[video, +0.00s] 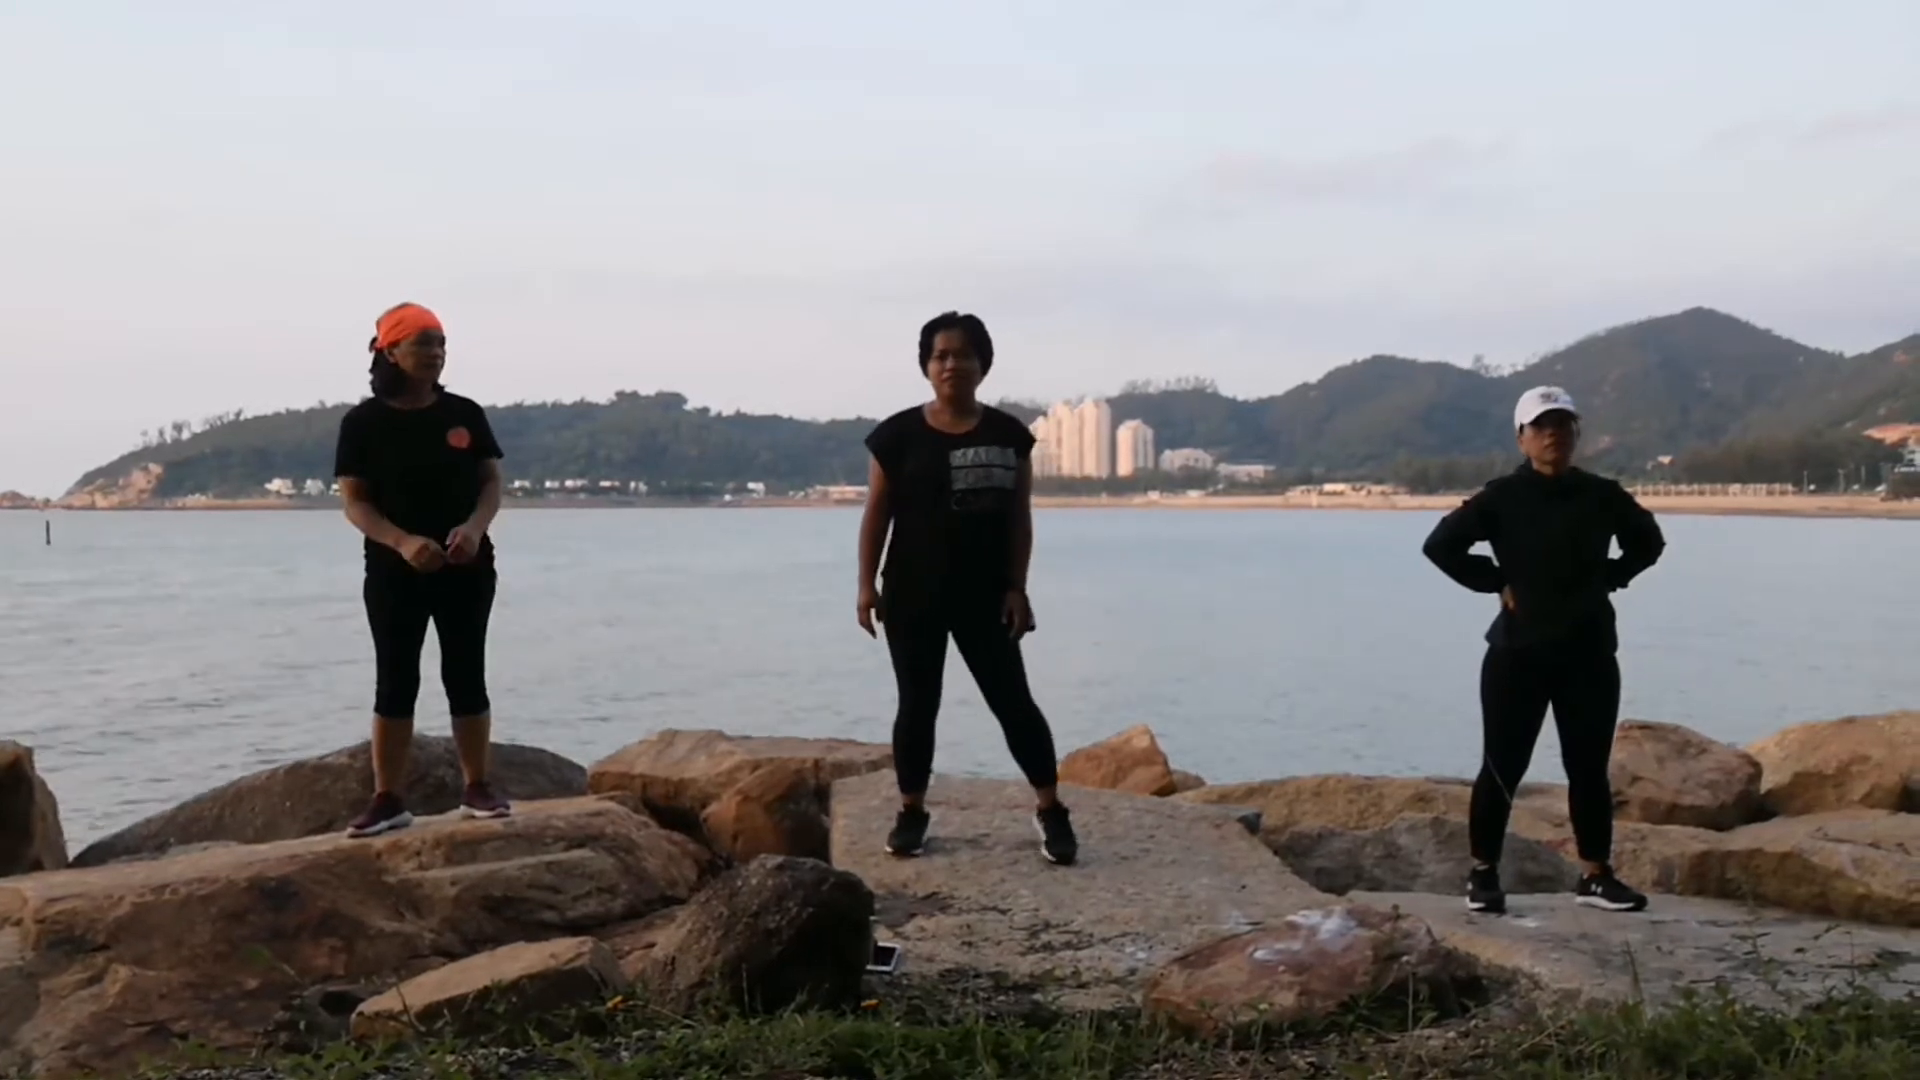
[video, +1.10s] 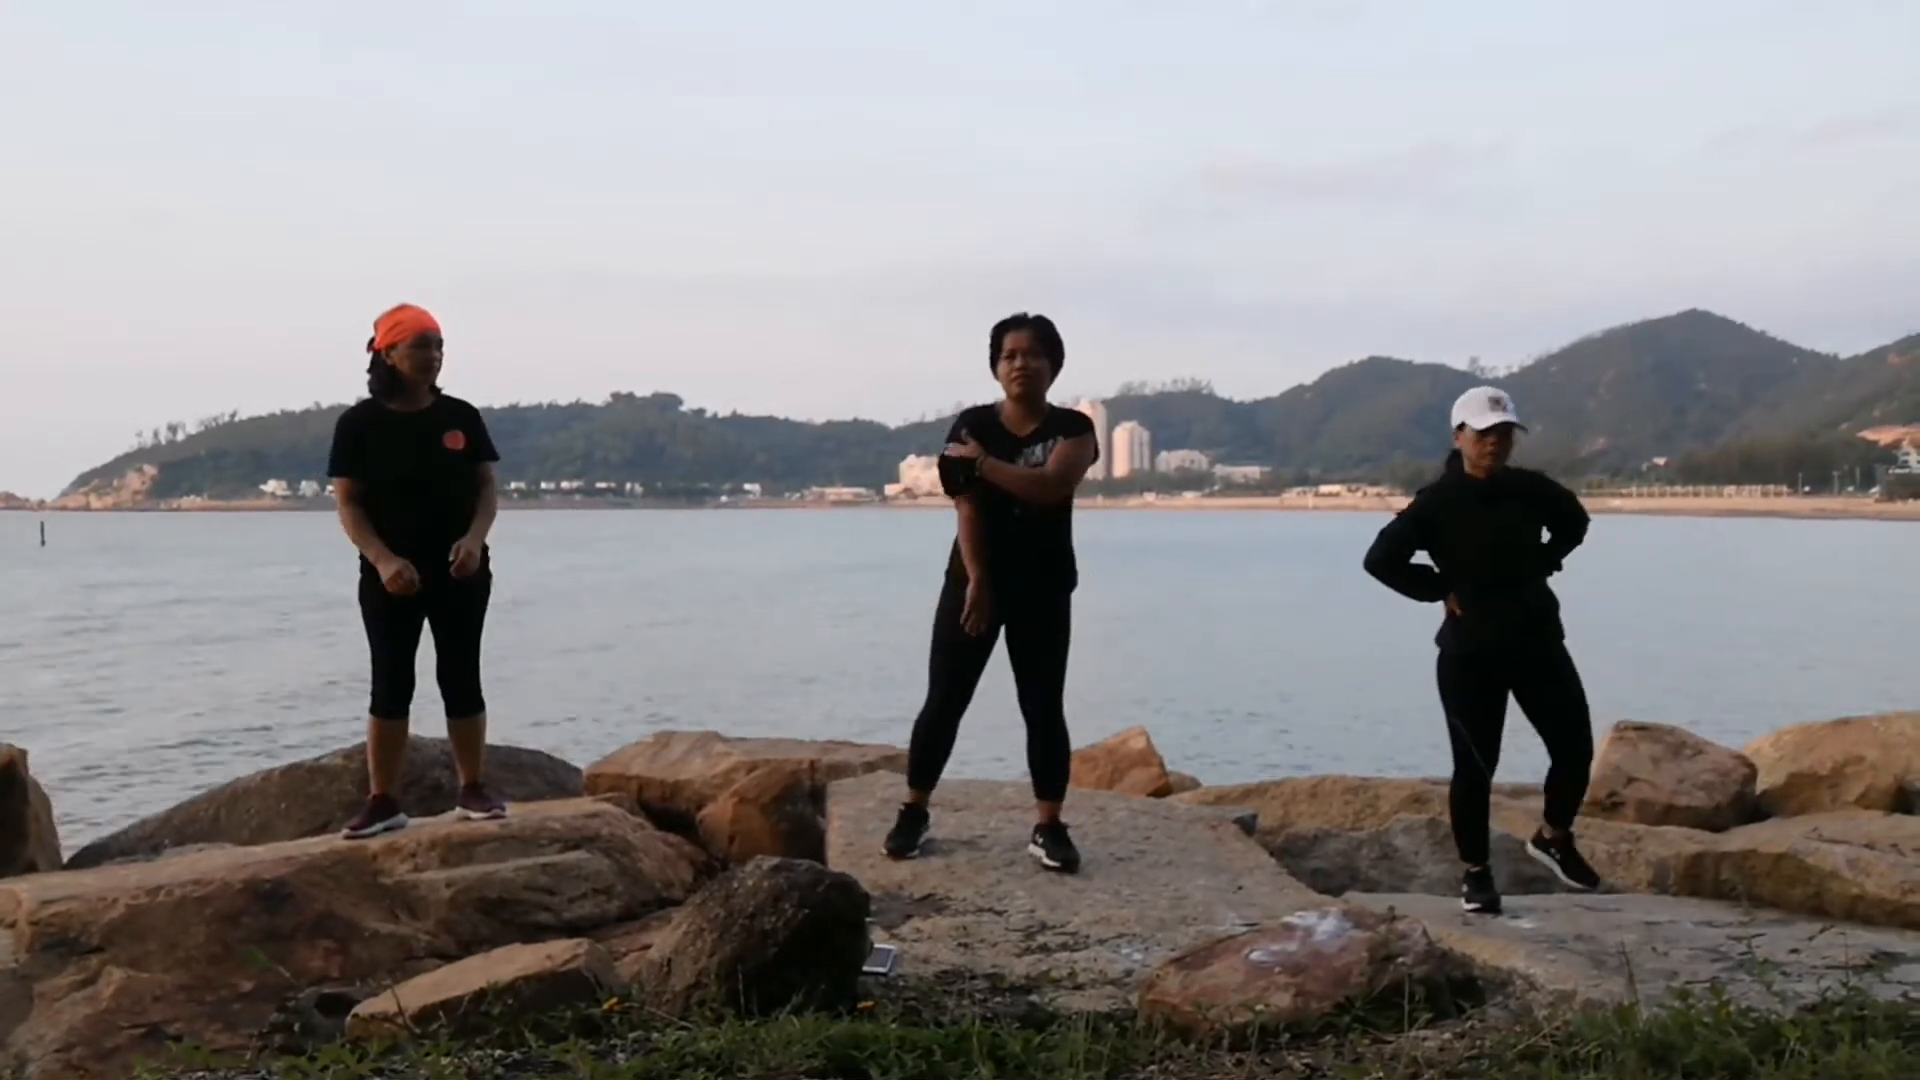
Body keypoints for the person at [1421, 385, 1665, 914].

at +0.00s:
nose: (1555, 437)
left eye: (1563, 427)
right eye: (1543, 428)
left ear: (1576, 434)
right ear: (1522, 437)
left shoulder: (1601, 494)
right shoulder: (1502, 497)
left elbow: (1649, 541)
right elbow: (1439, 547)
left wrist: (1608, 577)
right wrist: (1497, 582)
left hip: (1588, 654)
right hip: (1519, 653)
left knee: (1590, 770)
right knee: (1502, 768)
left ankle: (1597, 875)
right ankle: (1484, 874)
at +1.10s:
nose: (1493, 442)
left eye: (1502, 432)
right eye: (1482, 433)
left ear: (1512, 436)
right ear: (1459, 437)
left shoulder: (1532, 489)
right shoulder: (1437, 502)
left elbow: (1574, 524)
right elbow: (1380, 561)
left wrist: (1542, 565)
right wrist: (1441, 591)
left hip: (1536, 642)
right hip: (1471, 648)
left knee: (1575, 749)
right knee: (1474, 765)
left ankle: (1555, 836)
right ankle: (1476, 873)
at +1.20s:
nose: (1496, 447)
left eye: (1502, 438)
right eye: (1485, 438)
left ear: (1510, 439)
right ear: (1456, 438)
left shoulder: (1528, 488)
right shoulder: (1432, 502)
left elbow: (1572, 525)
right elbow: (1375, 562)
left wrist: (1541, 564)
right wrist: (1437, 591)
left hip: (1534, 639)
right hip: (1470, 647)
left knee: (1577, 746)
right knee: (1473, 765)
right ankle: (1476, 875)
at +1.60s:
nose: (1515, 457)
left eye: (1519, 447)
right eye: (1505, 446)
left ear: (1521, 444)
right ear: (1474, 442)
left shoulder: (1536, 489)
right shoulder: (1447, 501)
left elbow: (1567, 525)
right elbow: (1388, 567)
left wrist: (1536, 570)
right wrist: (1450, 594)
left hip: (1541, 636)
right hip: (1479, 642)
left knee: (1570, 743)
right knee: (1476, 765)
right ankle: (1473, 874)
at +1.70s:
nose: (1532, 461)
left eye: (1536, 451)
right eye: (1523, 451)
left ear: (1540, 446)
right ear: (1491, 444)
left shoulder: (1549, 493)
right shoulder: (1461, 500)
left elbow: (1566, 537)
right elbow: (1403, 568)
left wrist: (1533, 581)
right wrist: (1462, 595)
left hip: (1547, 642)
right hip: (1486, 648)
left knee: (1577, 751)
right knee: (1480, 765)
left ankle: (1590, 853)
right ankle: (1474, 875)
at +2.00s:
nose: (1603, 471)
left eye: (1610, 461)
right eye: (1594, 460)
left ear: (1618, 451)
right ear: (1566, 446)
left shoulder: (1621, 496)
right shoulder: (1527, 498)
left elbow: (1644, 545)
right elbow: (1459, 547)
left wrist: (1605, 581)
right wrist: (1512, 585)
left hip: (1604, 649)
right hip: (1536, 650)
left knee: (1627, 767)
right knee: (1513, 766)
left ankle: (1645, 880)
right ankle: (1478, 875)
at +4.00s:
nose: (1587, 440)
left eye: (1598, 430)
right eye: (1576, 430)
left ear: (1614, 440)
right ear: (1559, 439)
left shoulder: (1634, 501)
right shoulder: (1535, 499)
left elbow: (1673, 546)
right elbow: (1469, 548)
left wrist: (1634, 584)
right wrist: (1519, 589)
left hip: (1613, 657)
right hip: (1544, 657)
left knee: (1623, 775)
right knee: (1525, 772)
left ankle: (1639, 880)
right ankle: (1498, 884)